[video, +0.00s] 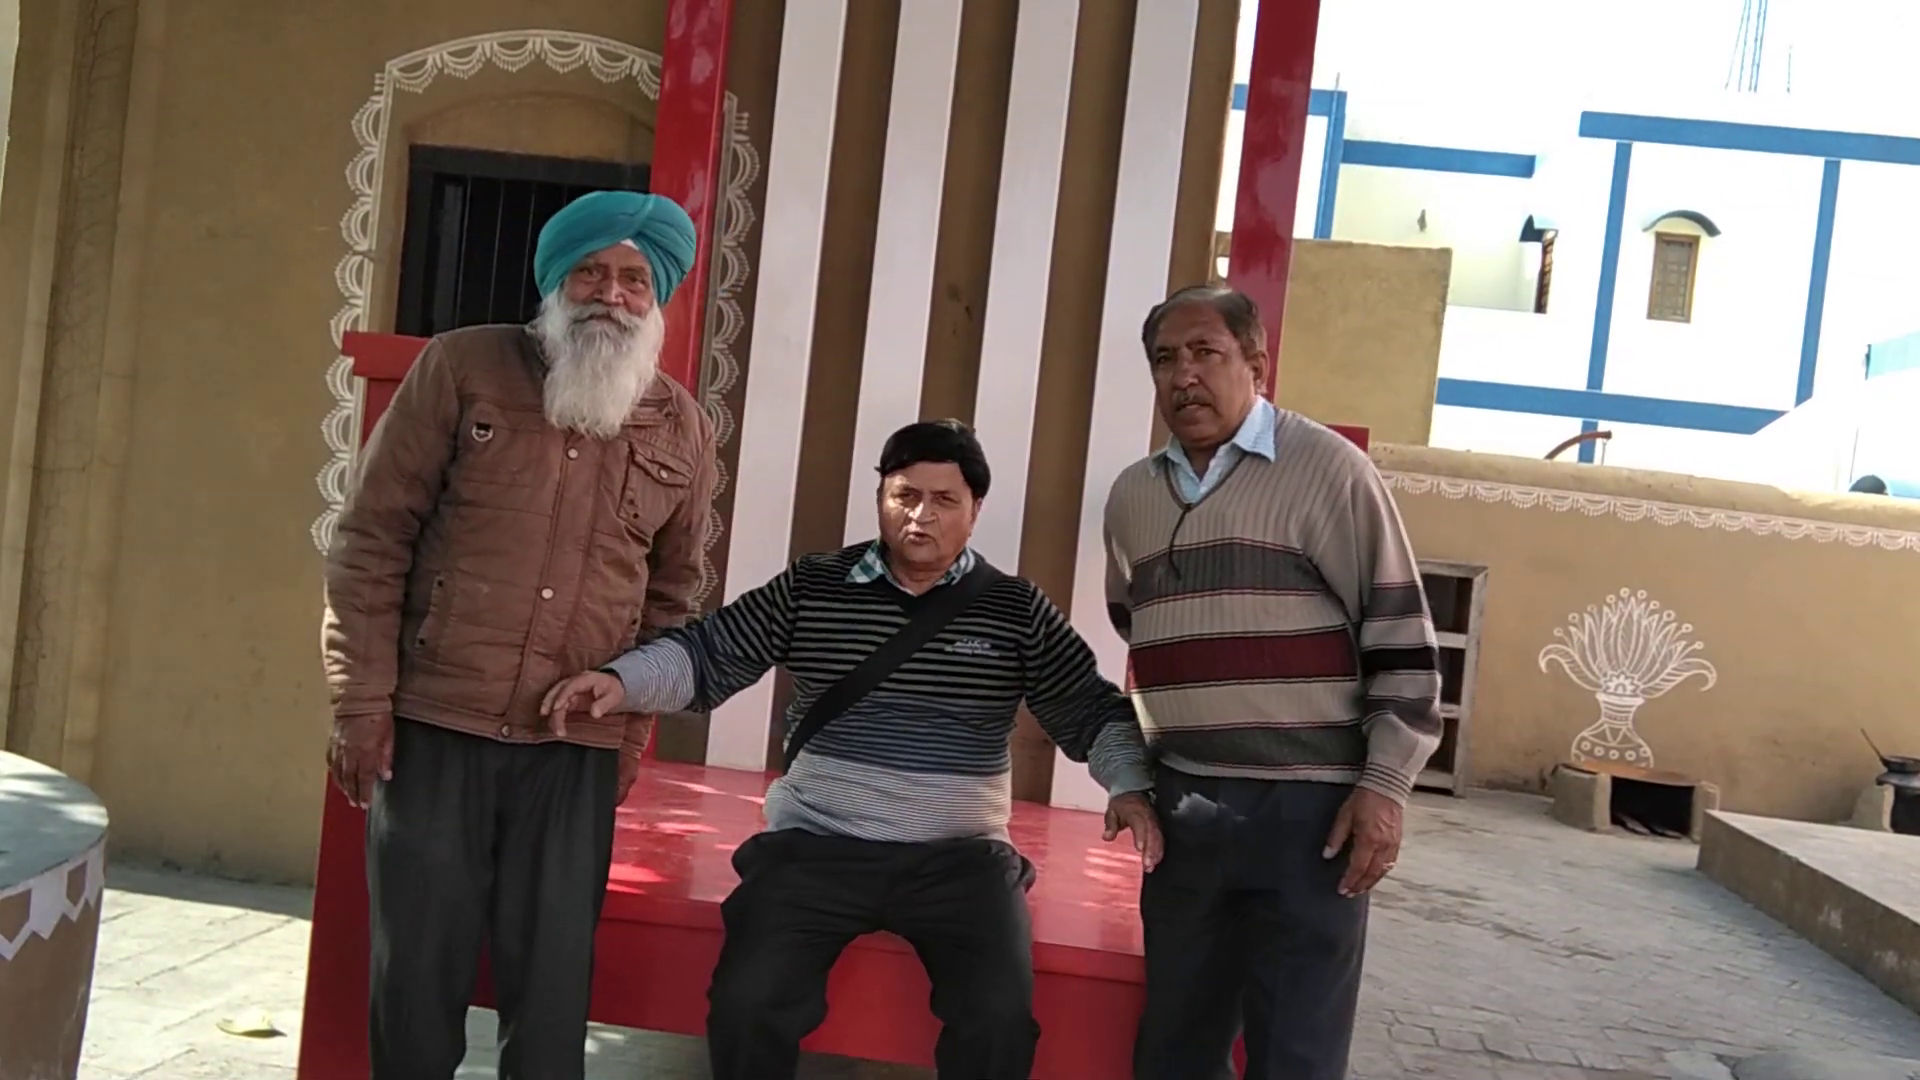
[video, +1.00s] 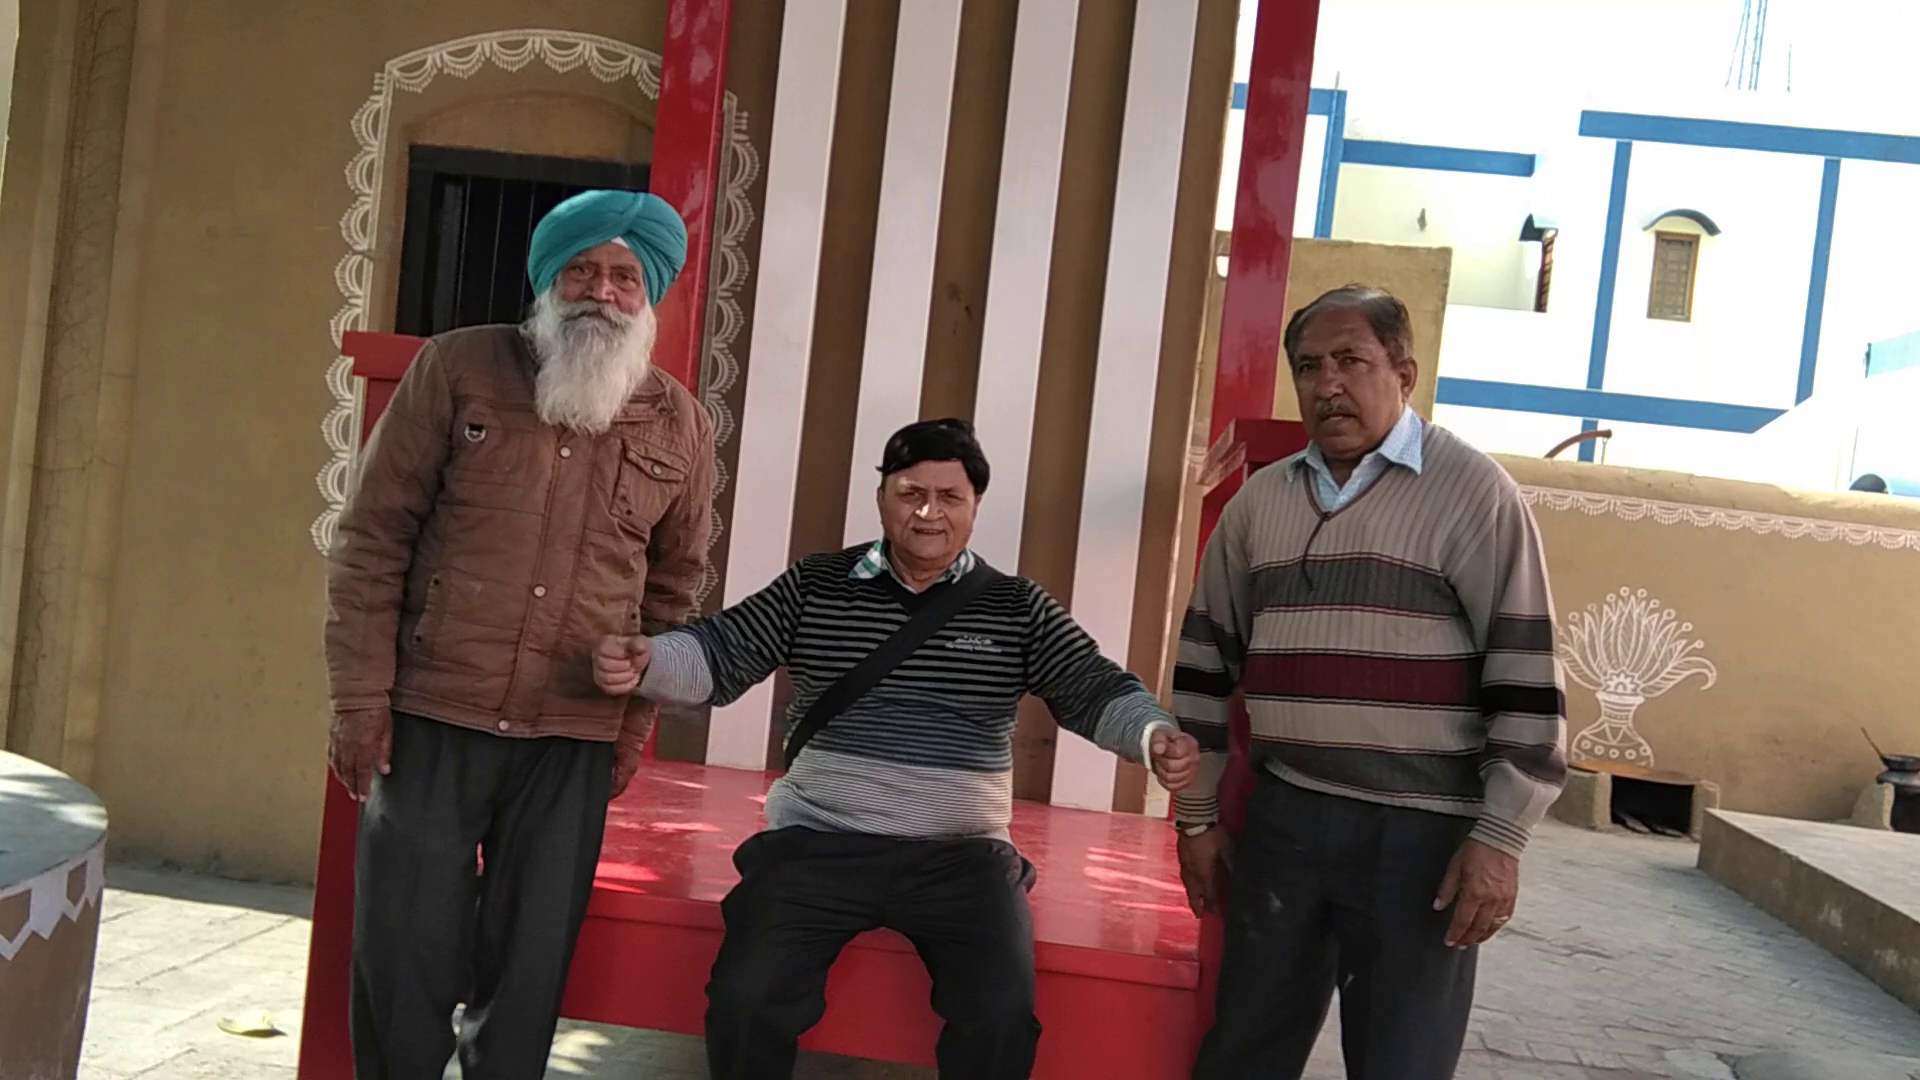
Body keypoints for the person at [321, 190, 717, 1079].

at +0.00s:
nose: (615, 294)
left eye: (638, 279)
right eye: (596, 271)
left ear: (662, 301)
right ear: (557, 279)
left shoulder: (682, 427)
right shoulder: (461, 365)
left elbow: (679, 588)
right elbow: (371, 538)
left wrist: (636, 713)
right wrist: (362, 705)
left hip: (576, 755)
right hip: (435, 742)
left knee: (550, 1012)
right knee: (415, 1003)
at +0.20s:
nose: (594, 289)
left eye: (617, 274)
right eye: (574, 266)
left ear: (640, 296)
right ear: (534, 275)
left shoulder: (665, 420)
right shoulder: (441, 367)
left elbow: (664, 585)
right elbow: (360, 543)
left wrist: (626, 724)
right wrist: (356, 711)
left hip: (571, 754)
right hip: (431, 743)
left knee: (547, 1008)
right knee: (411, 999)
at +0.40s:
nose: (576, 283)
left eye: (598, 268)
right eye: (555, 262)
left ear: (623, 290)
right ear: (515, 273)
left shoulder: (650, 414)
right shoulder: (426, 367)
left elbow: (651, 583)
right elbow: (349, 547)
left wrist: (630, 689)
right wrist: (352, 713)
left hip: (567, 756)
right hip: (425, 745)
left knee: (549, 1012)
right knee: (404, 998)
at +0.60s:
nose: (574, 284)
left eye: (596, 268)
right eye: (553, 263)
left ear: (621, 289)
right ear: (514, 274)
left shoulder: (650, 413)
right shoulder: (427, 367)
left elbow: (655, 581)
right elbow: (351, 548)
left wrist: (632, 704)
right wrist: (350, 713)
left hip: (567, 754)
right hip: (427, 743)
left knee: (527, 1006)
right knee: (405, 991)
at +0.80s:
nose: (590, 285)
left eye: (612, 271)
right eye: (570, 265)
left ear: (636, 294)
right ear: (532, 276)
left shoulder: (665, 417)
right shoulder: (443, 366)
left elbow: (666, 585)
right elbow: (363, 542)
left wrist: (630, 722)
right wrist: (358, 709)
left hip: (572, 753)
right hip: (435, 741)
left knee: (523, 1005)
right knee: (416, 996)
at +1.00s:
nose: (605, 290)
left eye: (629, 276)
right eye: (587, 268)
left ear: (654, 300)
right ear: (549, 278)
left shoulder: (678, 421)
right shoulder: (458, 366)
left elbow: (677, 584)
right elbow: (374, 536)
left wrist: (637, 718)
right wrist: (361, 699)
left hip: (574, 744)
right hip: (432, 727)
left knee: (529, 987)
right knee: (402, 969)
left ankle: (499, 1074)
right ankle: (400, 1073)